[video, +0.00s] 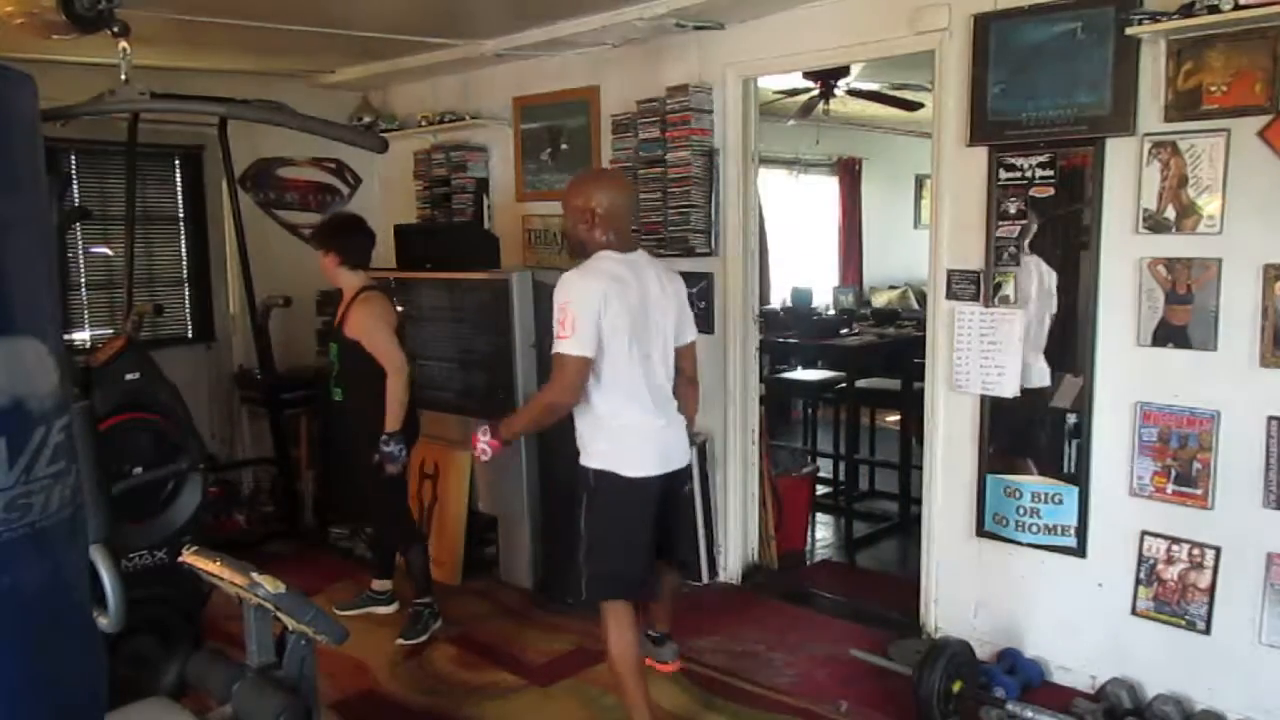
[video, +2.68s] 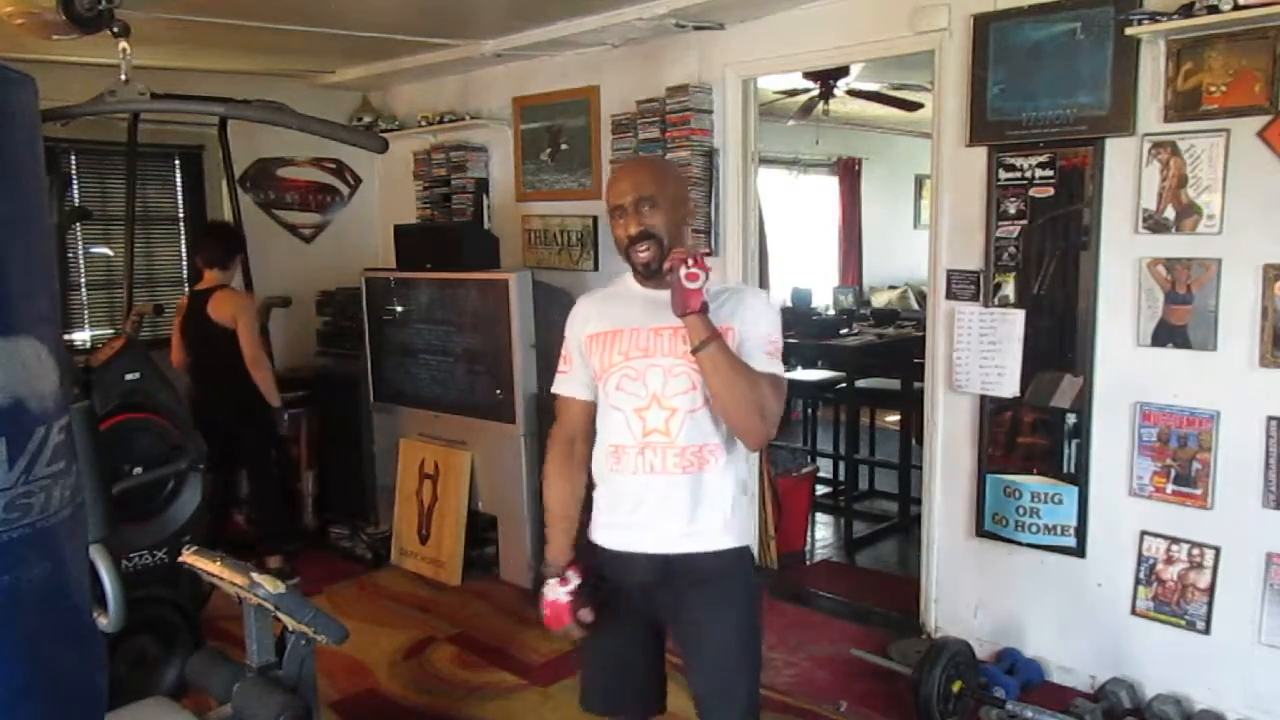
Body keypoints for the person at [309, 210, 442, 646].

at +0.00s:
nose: (320, 262)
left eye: (323, 254)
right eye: (321, 253)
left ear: (334, 259)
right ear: (359, 254)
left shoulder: (367, 309)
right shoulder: (353, 301)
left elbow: (398, 369)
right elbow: (369, 366)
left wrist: (393, 433)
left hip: (383, 427)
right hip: (364, 423)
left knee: (395, 513)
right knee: (379, 510)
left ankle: (425, 604)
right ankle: (381, 588)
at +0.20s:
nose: (314, 263)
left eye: (316, 256)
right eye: (315, 255)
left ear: (325, 261)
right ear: (356, 255)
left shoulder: (348, 312)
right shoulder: (368, 301)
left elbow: (367, 376)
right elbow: (378, 369)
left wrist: (348, 437)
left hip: (363, 424)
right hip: (378, 417)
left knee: (354, 509)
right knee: (371, 503)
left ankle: (405, 593)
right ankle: (383, 584)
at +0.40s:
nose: (308, 262)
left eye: (309, 255)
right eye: (308, 255)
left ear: (319, 258)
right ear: (349, 254)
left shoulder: (332, 310)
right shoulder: (366, 299)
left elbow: (343, 372)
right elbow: (374, 364)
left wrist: (309, 427)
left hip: (350, 418)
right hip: (378, 413)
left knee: (323, 494)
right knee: (366, 497)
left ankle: (343, 585)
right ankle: (381, 586)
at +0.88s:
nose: (271, 258)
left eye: (271, 252)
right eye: (273, 251)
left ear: (277, 257)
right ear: (315, 254)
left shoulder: (278, 308)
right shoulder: (338, 302)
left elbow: (283, 374)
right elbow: (356, 363)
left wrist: (265, 435)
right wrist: (358, 415)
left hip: (297, 427)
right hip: (338, 420)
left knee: (287, 510)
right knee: (345, 498)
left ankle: (289, 591)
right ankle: (376, 582)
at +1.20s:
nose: (246, 260)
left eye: (247, 254)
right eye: (249, 254)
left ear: (250, 257)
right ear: (287, 256)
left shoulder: (243, 308)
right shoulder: (314, 303)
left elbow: (235, 371)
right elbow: (335, 365)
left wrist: (210, 420)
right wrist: (324, 402)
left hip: (266, 418)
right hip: (312, 414)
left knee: (275, 496)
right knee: (294, 487)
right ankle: (319, 557)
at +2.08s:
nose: (236, 263)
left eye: (233, 257)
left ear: (234, 260)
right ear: (271, 258)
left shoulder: (216, 311)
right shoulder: (294, 309)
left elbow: (206, 371)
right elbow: (314, 367)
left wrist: (216, 407)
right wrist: (309, 403)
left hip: (238, 417)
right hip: (285, 414)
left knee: (237, 489)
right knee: (287, 491)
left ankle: (237, 559)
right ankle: (285, 561)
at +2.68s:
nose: (241, 262)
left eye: (239, 257)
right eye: (240, 257)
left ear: (199, 259)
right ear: (235, 260)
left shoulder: (187, 304)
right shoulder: (239, 302)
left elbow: (178, 359)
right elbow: (254, 360)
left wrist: (207, 376)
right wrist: (276, 403)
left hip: (207, 405)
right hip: (244, 404)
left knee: (218, 477)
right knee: (265, 476)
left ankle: (209, 551)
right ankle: (273, 555)